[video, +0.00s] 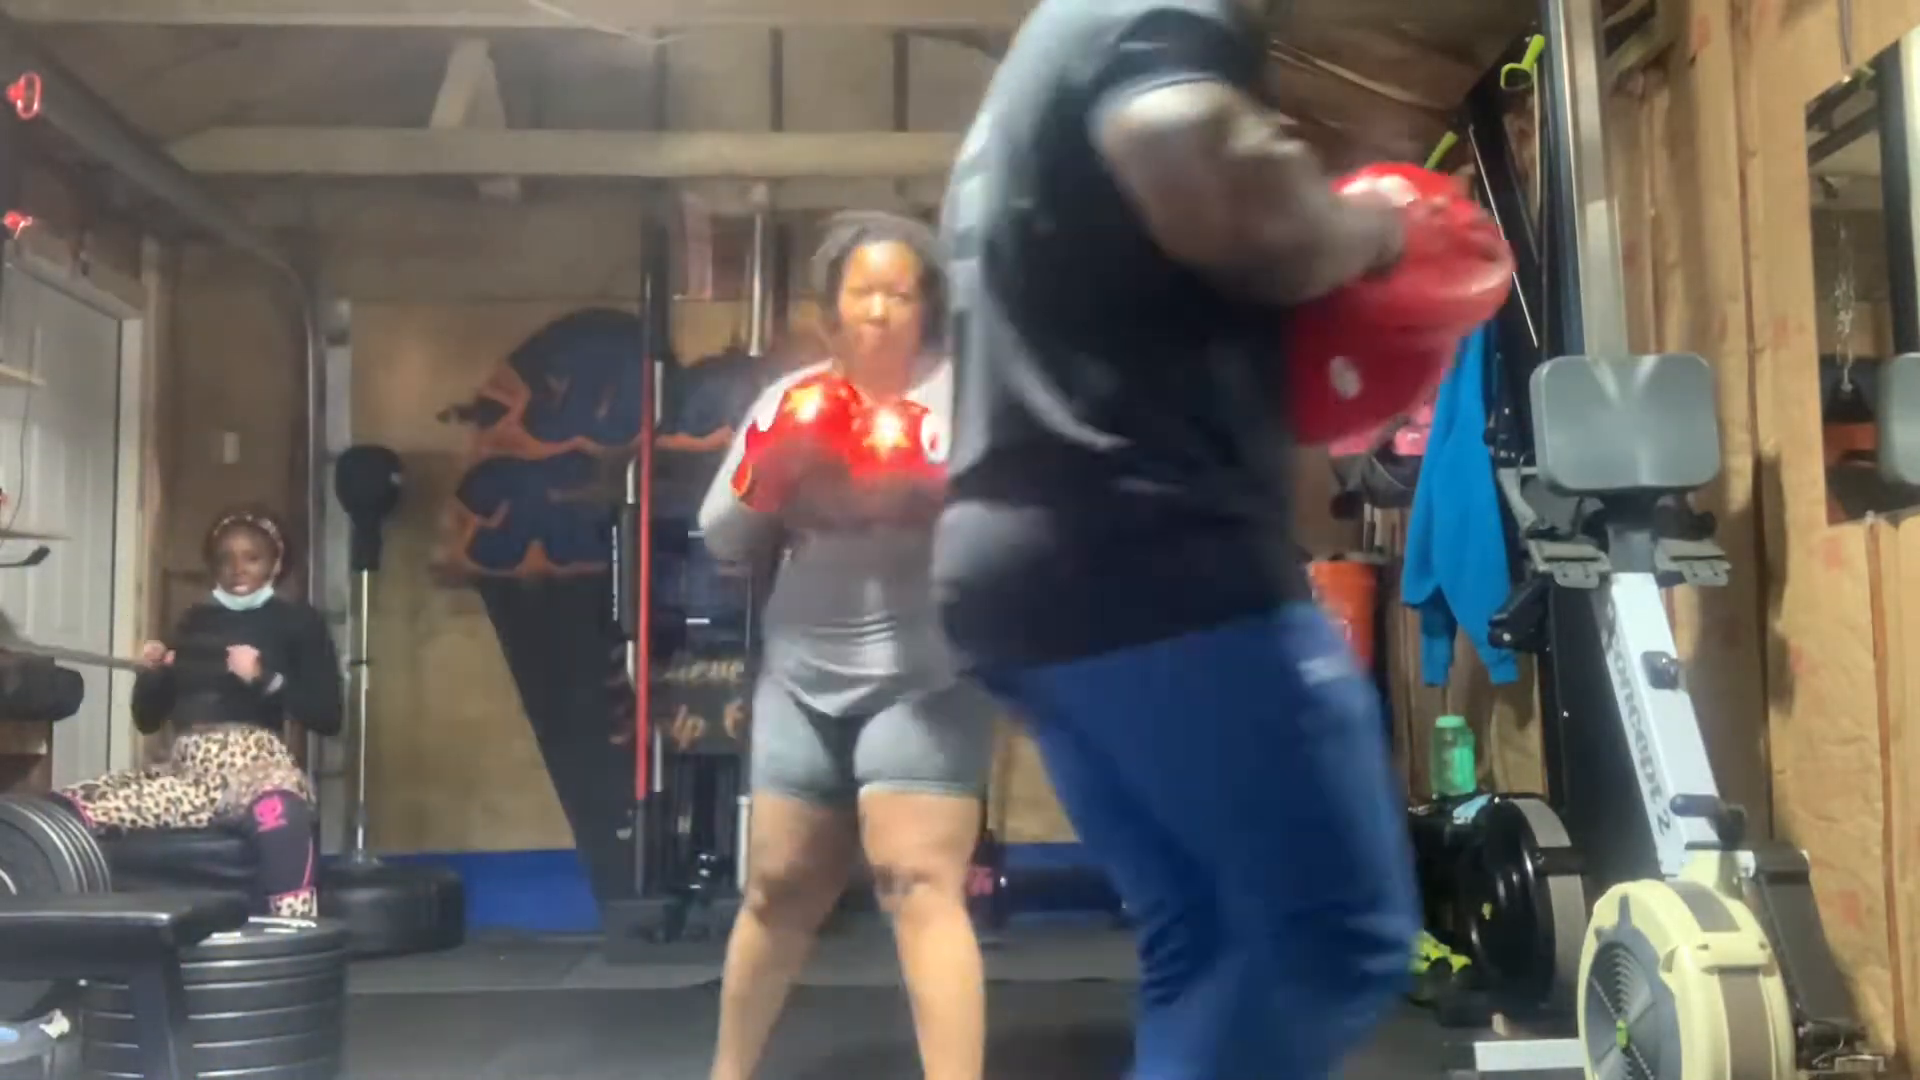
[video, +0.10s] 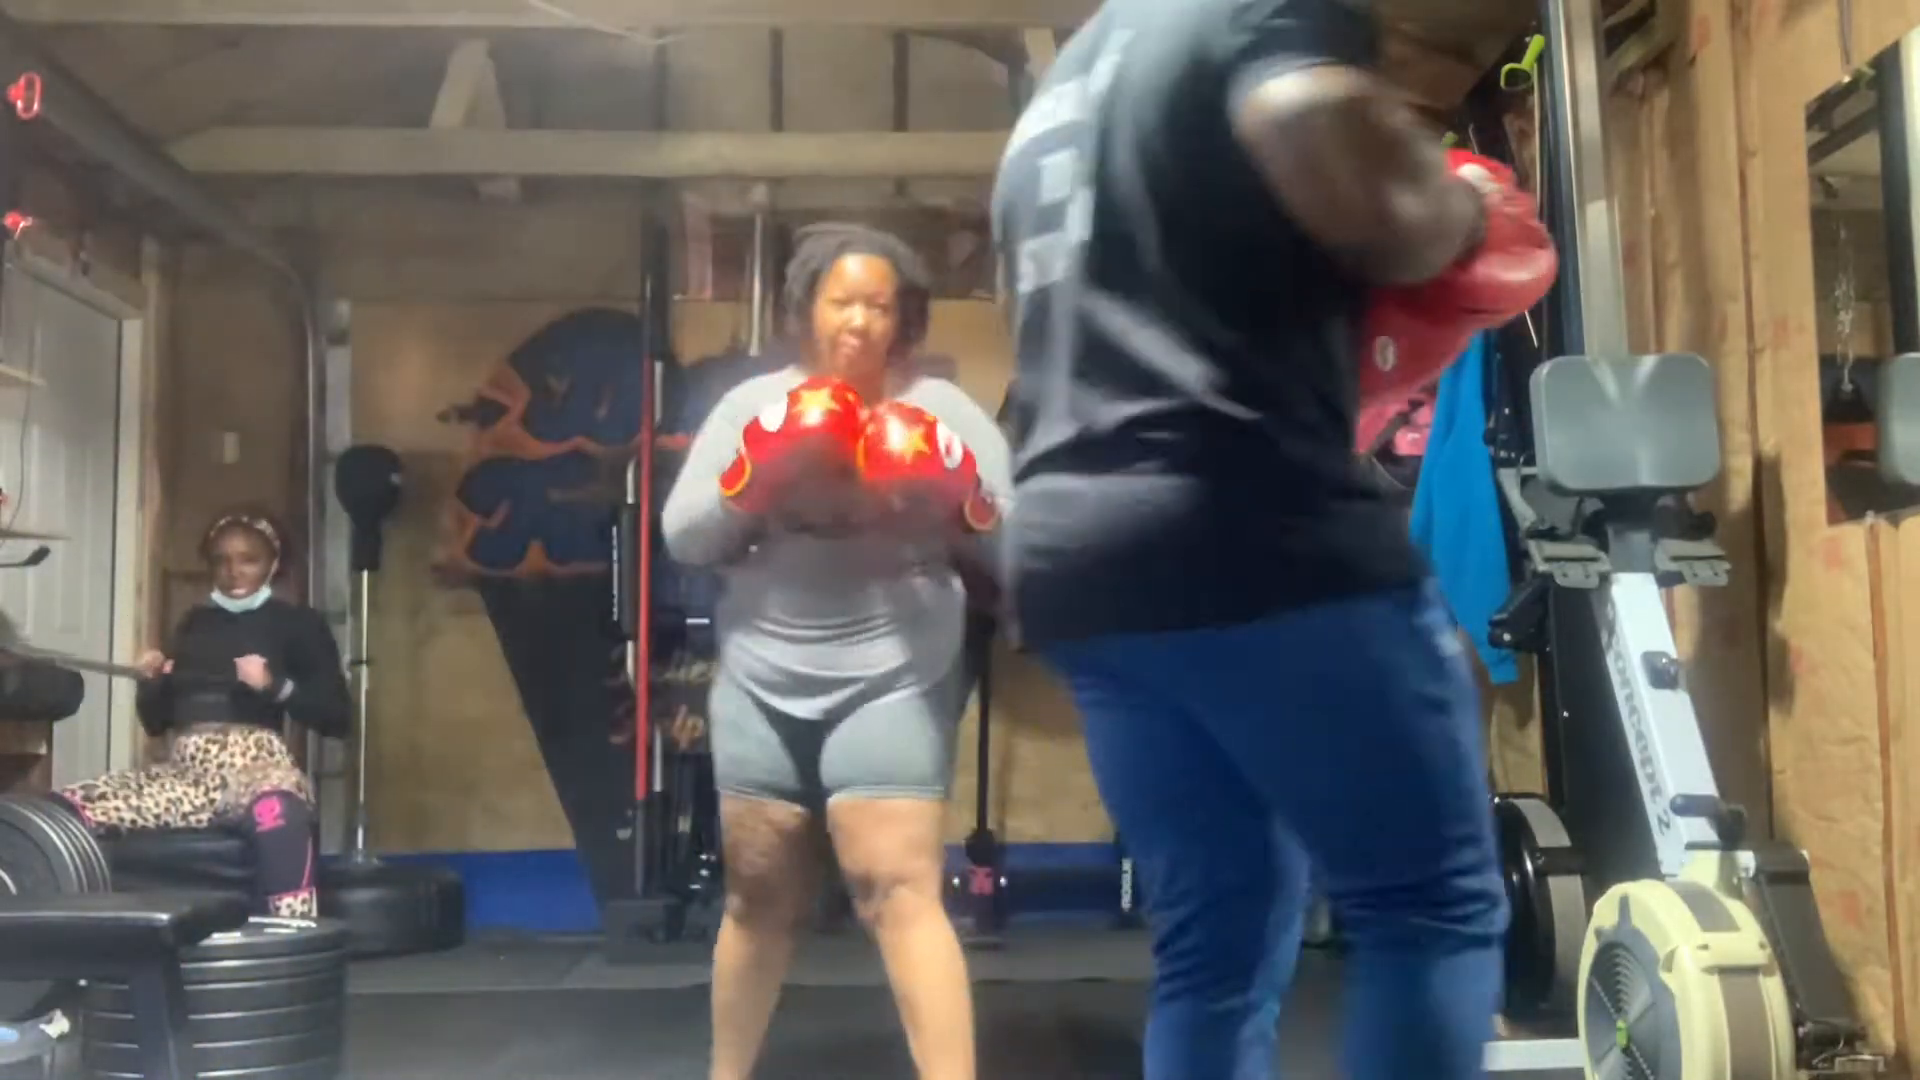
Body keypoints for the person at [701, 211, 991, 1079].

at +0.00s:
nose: (878, 311)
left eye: (896, 293)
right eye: (861, 293)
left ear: (928, 307)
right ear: (829, 309)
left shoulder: (963, 398)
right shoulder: (792, 400)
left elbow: (1017, 507)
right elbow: (723, 539)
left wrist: (921, 491)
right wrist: (774, 466)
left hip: (923, 676)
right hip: (799, 676)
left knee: (921, 885)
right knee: (774, 892)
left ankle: (954, 1074)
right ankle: (729, 1071)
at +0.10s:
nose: (859, 322)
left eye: (877, 305)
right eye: (841, 303)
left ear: (903, 322)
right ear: (805, 314)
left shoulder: (943, 412)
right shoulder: (751, 406)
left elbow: (1011, 557)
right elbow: (683, 536)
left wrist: (943, 506)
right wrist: (765, 487)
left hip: (891, 683)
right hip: (758, 682)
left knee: (898, 892)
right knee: (754, 900)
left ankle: (950, 1075)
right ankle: (728, 1074)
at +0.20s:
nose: (838, 324)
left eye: (855, 310)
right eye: (822, 305)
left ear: (878, 326)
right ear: (783, 312)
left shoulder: (907, 413)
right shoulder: (723, 403)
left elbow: (964, 552)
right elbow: (657, 531)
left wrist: (922, 514)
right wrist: (748, 485)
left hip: (867, 678)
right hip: (733, 676)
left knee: (883, 887)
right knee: (738, 894)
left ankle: (943, 1075)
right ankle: (724, 1073)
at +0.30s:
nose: (826, 324)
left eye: (842, 310)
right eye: (808, 305)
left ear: (862, 324)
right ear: (766, 311)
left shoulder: (884, 409)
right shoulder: (704, 398)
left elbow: (931, 543)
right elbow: (643, 524)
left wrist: (905, 513)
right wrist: (738, 472)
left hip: (857, 668)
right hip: (721, 671)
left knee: (867, 872)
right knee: (736, 887)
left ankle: (909, 1074)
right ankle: (725, 1073)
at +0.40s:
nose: (818, 323)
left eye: (833, 309)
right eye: (799, 305)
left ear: (850, 320)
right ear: (756, 310)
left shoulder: (872, 408)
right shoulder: (693, 399)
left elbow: (925, 547)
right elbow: (637, 522)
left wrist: (902, 497)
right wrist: (738, 460)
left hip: (853, 664)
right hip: (717, 665)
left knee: (861, 872)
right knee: (735, 887)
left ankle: (885, 1074)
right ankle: (724, 1074)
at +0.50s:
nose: (813, 322)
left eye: (829, 308)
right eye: (794, 304)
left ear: (846, 321)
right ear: (751, 311)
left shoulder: (872, 410)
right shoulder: (691, 402)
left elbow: (920, 552)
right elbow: (640, 523)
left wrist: (903, 491)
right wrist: (739, 462)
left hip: (853, 672)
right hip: (718, 669)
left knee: (860, 878)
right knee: (735, 889)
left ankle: (884, 1075)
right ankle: (725, 1074)